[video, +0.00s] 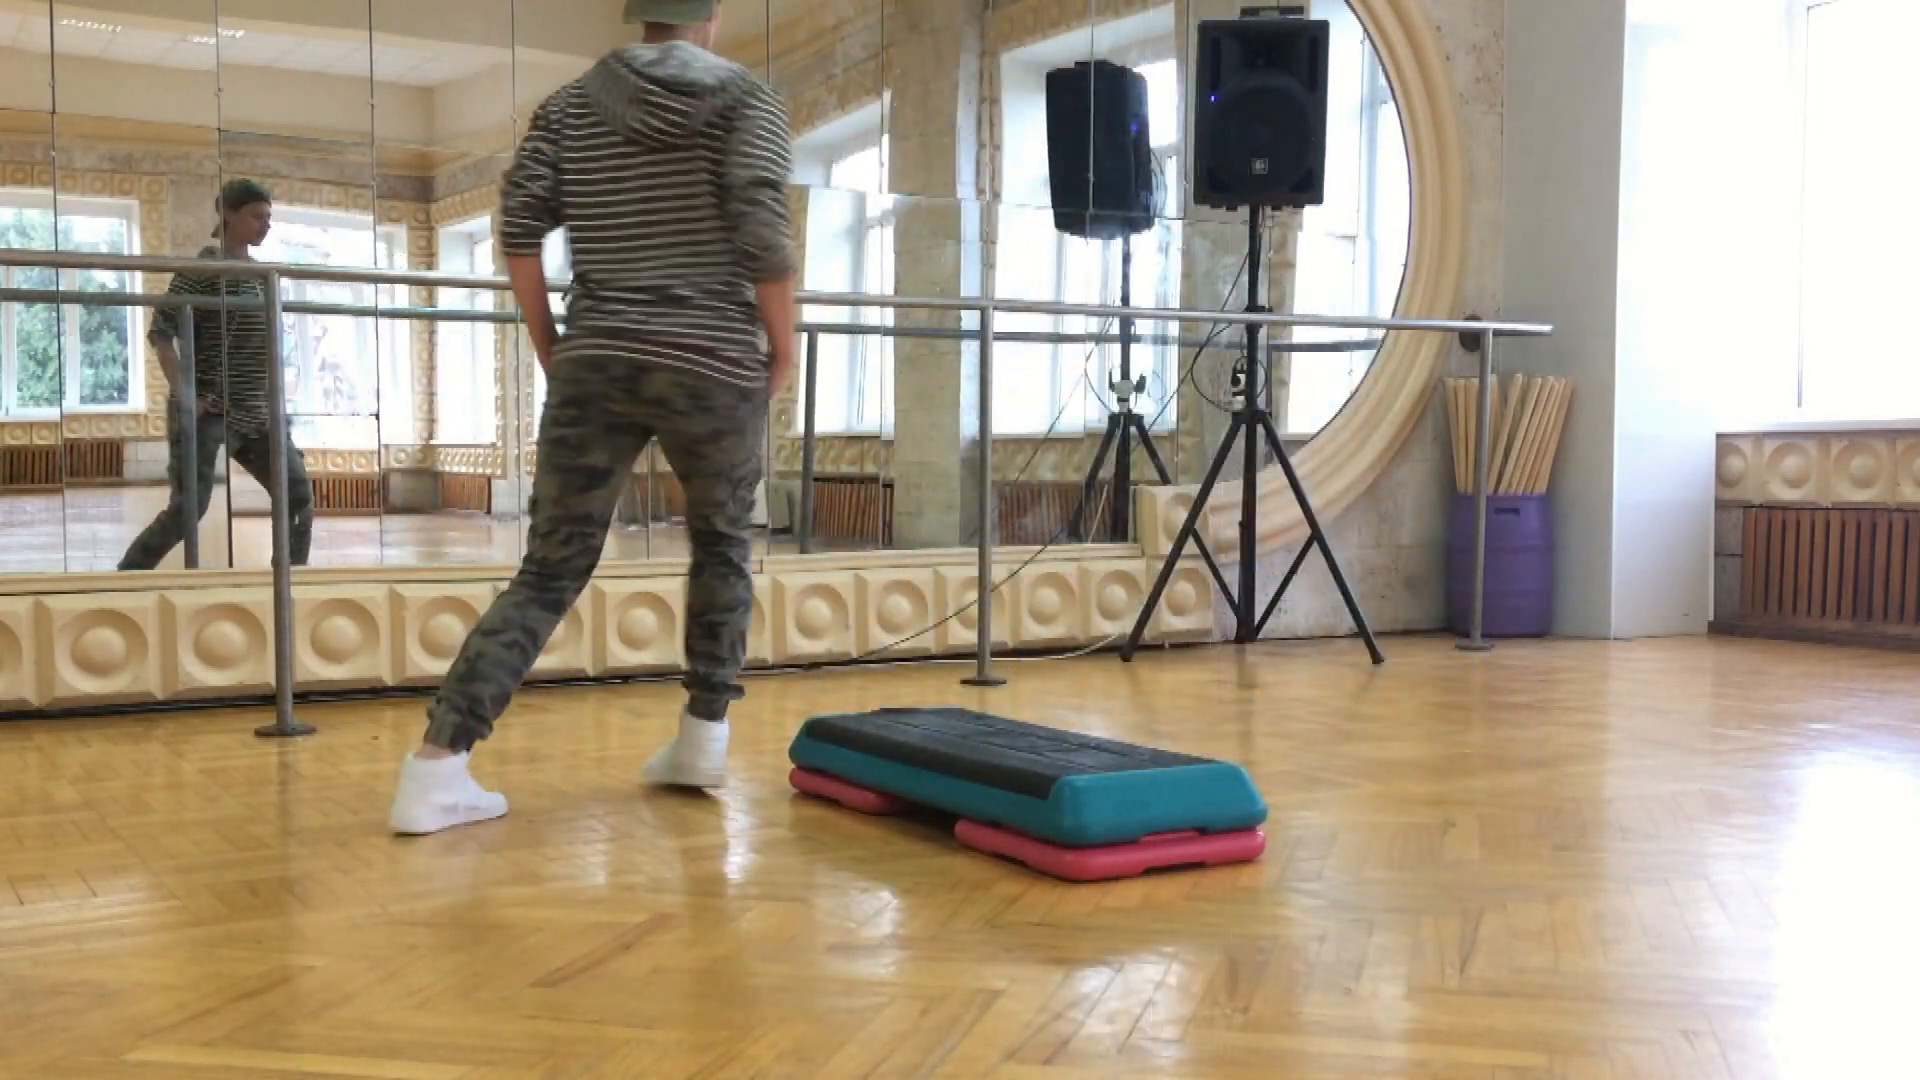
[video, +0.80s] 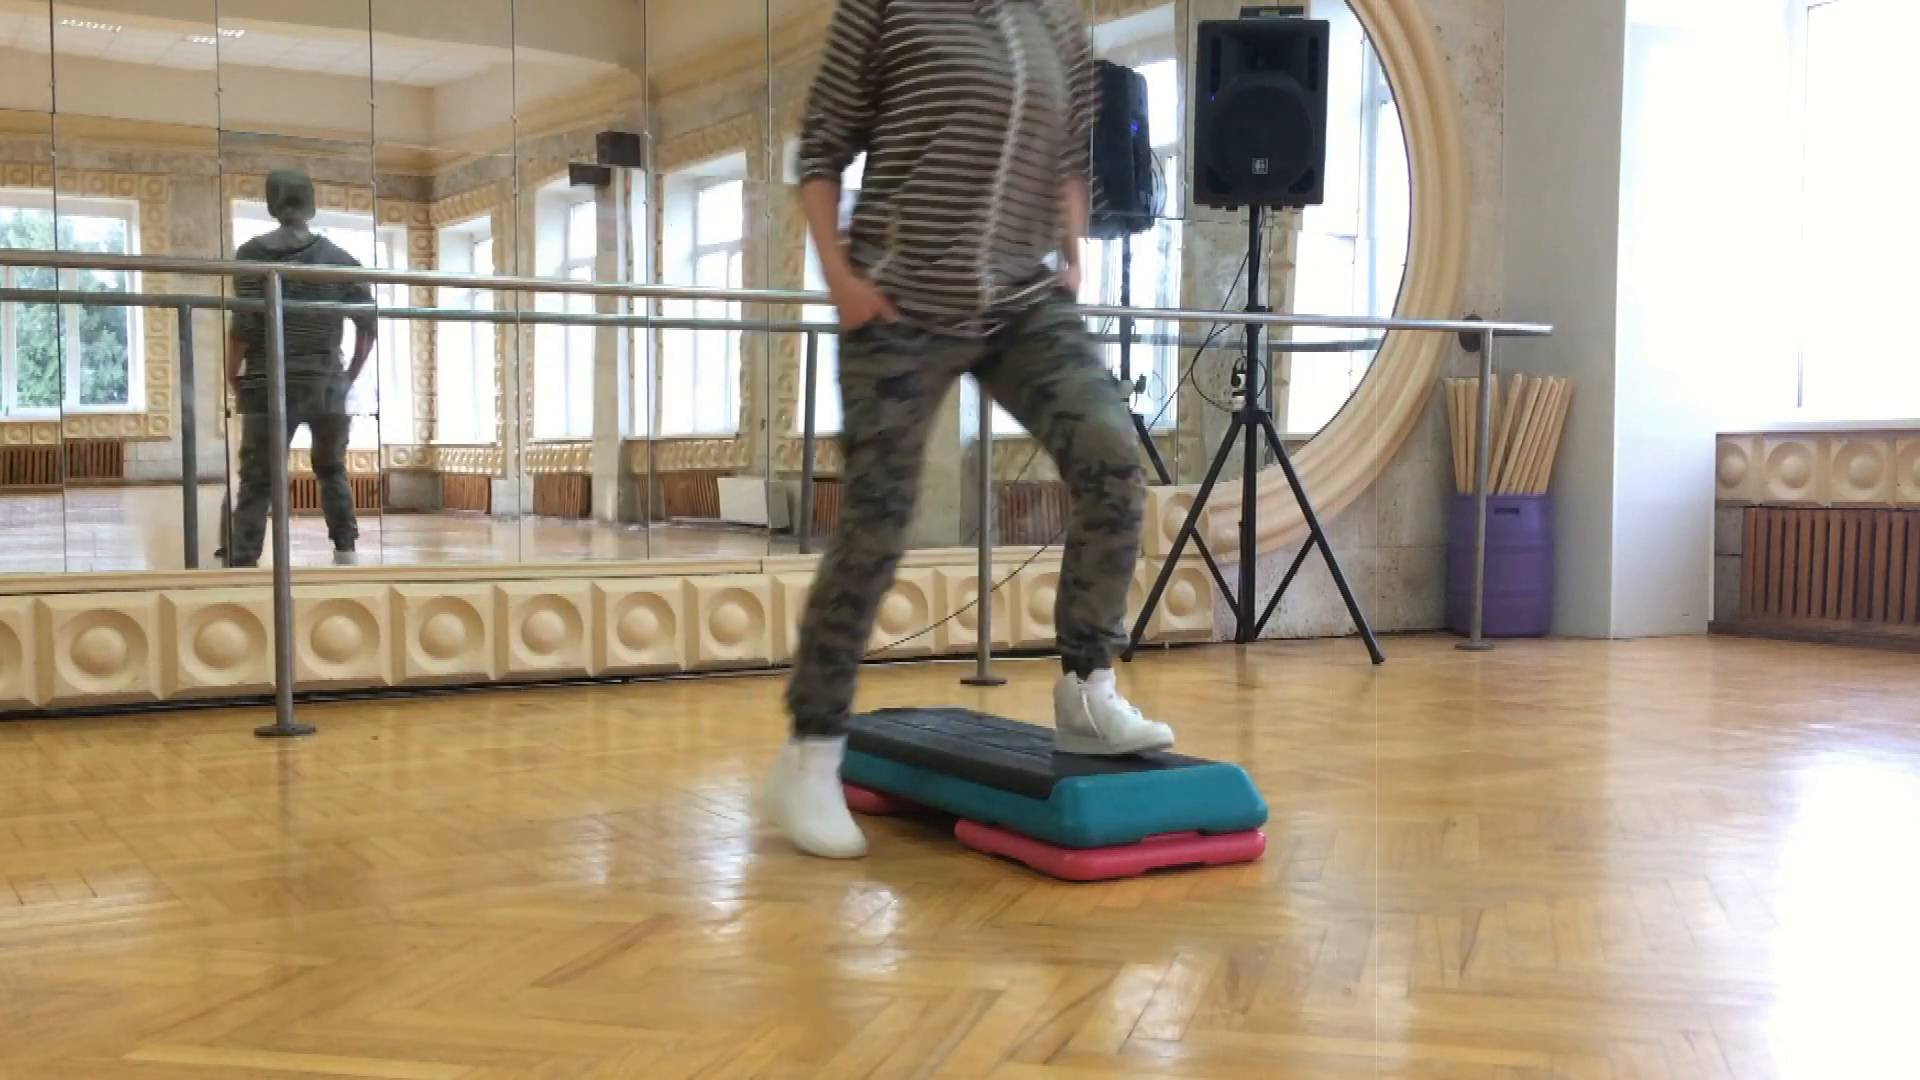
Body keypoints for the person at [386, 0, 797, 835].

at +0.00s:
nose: (718, 29)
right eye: (717, 22)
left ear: (632, 21)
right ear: (709, 21)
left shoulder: (568, 101)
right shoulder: (742, 92)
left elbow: (518, 230)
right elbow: (758, 217)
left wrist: (547, 346)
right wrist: (784, 351)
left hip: (596, 349)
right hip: (713, 353)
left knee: (549, 566)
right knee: (723, 548)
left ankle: (435, 763)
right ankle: (703, 736)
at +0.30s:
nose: (785, 8)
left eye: (785, 1)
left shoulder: (664, 58)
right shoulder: (715, 48)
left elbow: (610, 230)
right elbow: (633, 171)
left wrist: (640, 320)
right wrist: (715, 309)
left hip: (629, 347)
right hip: (685, 345)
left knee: (602, 569)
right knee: (822, 533)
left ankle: (443, 756)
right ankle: (780, 778)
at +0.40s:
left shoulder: (780, 61)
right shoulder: (727, 32)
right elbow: (655, 170)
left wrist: (782, 312)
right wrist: (735, 307)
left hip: (751, 345)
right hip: (716, 341)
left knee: (731, 582)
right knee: (817, 543)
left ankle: (524, 692)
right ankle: (779, 787)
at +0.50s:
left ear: (854, 4)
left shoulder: (852, 83)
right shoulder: (754, 28)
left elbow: (830, 230)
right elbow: (672, 167)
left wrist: (852, 333)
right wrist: (721, 309)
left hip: (833, 359)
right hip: (749, 342)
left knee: (897, 550)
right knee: (817, 544)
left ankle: (695, 619)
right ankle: (781, 786)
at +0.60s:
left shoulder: (914, 73)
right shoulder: (792, 27)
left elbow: (920, 213)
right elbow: (698, 169)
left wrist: (911, 305)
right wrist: (737, 307)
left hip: (889, 350)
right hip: (786, 349)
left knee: (1022, 471)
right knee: (826, 557)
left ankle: (890, 630)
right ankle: (783, 784)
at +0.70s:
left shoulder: (985, 60)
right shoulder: (838, 21)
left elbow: (966, 186)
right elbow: (755, 156)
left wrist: (973, 287)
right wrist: (775, 295)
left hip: (950, 324)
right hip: (832, 328)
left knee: (1085, 446)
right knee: (842, 543)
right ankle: (790, 778)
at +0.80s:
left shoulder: (1064, 22)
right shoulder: (880, 9)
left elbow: (1071, 161)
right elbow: (821, 151)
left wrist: (1071, 264)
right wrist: (841, 277)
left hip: (1028, 305)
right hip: (901, 310)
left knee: (1115, 466)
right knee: (877, 516)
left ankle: (1086, 693)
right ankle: (810, 756)